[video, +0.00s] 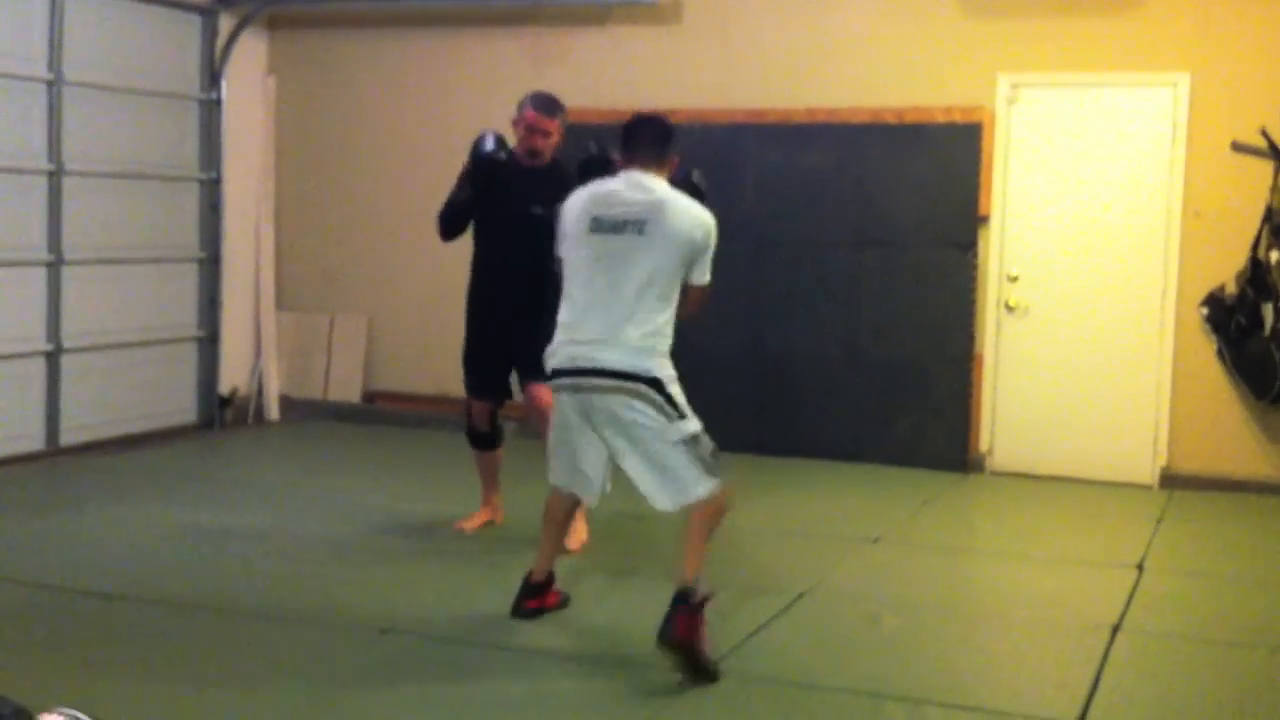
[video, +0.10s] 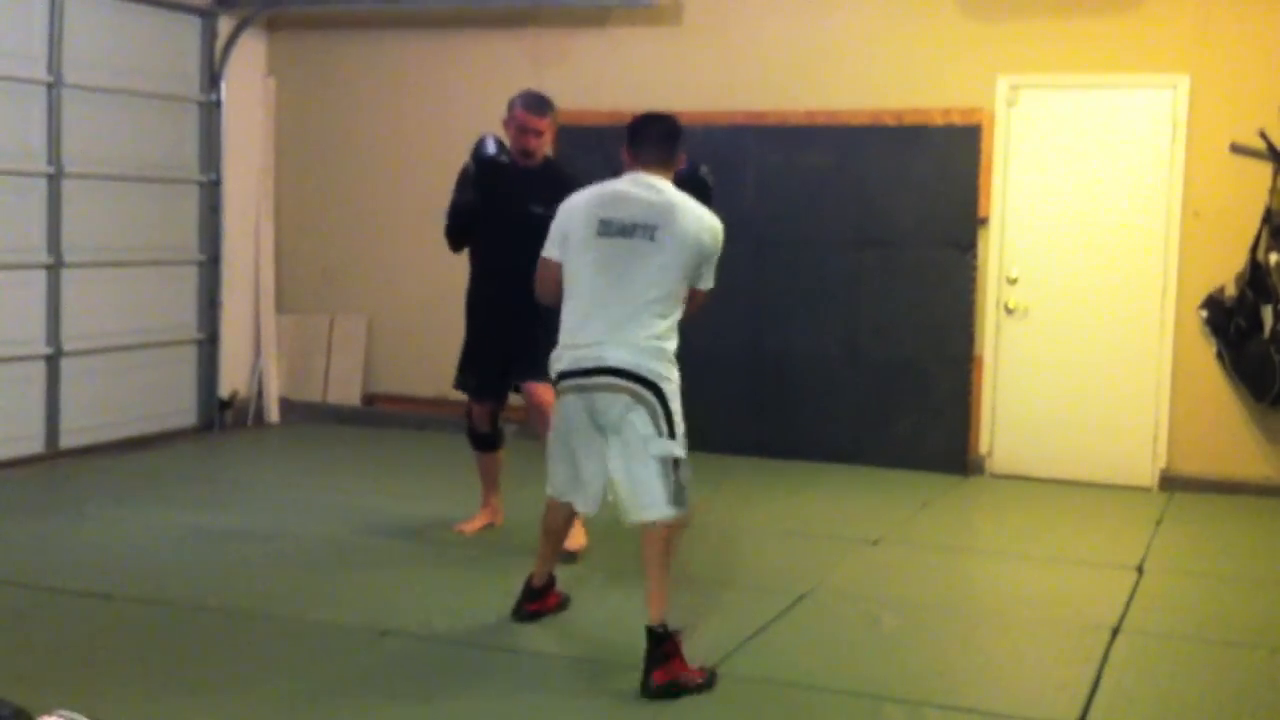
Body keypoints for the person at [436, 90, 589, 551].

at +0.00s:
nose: (535, 140)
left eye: (545, 133)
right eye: (529, 129)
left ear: (560, 135)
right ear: (515, 126)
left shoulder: (567, 182)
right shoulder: (490, 171)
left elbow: (586, 240)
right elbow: (448, 228)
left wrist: (597, 184)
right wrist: (476, 172)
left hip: (544, 307)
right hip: (490, 305)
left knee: (543, 401)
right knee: (480, 409)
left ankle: (572, 507)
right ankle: (490, 503)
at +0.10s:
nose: (531, 141)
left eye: (541, 133)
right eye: (524, 130)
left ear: (553, 134)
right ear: (506, 126)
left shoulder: (565, 184)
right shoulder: (482, 173)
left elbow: (580, 247)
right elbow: (456, 236)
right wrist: (480, 176)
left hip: (543, 309)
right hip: (490, 308)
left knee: (541, 398)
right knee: (481, 409)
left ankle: (571, 511)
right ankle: (490, 505)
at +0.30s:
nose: (525, 142)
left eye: (534, 133)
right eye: (517, 133)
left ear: (549, 132)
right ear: (501, 133)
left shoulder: (571, 175)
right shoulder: (487, 174)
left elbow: (592, 237)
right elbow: (462, 246)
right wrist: (485, 187)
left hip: (552, 312)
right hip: (497, 311)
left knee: (546, 418)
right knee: (483, 414)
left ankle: (571, 534)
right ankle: (492, 506)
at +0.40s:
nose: (526, 138)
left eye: (534, 129)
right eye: (517, 130)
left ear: (548, 127)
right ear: (501, 129)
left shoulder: (565, 174)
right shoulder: (488, 173)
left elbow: (581, 232)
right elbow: (469, 247)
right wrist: (489, 185)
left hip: (554, 307)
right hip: (503, 307)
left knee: (548, 419)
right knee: (483, 419)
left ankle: (573, 534)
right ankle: (490, 504)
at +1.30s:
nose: (491, 135)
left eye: (498, 124)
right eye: (482, 127)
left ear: (517, 121)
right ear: (469, 130)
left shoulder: (536, 165)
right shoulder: (464, 182)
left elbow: (552, 219)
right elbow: (465, 240)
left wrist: (511, 163)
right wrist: (469, 171)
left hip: (547, 316)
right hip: (493, 318)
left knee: (557, 436)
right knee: (456, 435)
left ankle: (574, 557)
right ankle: (468, 503)